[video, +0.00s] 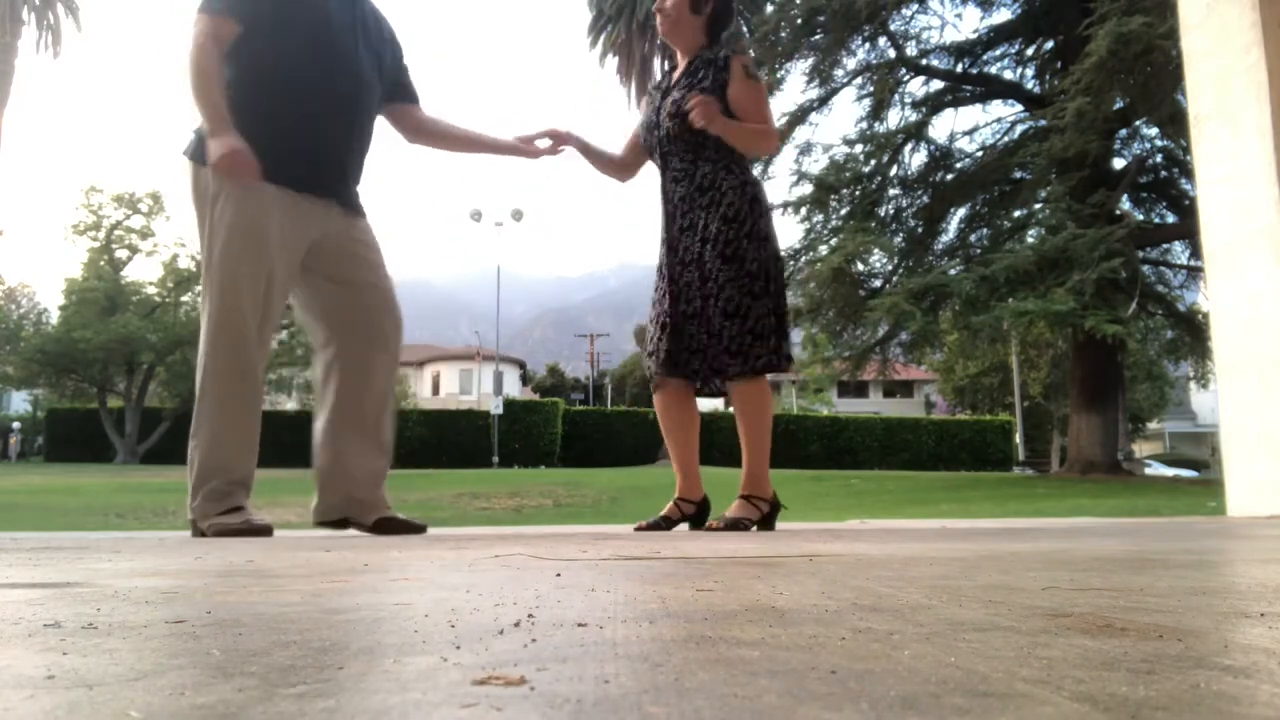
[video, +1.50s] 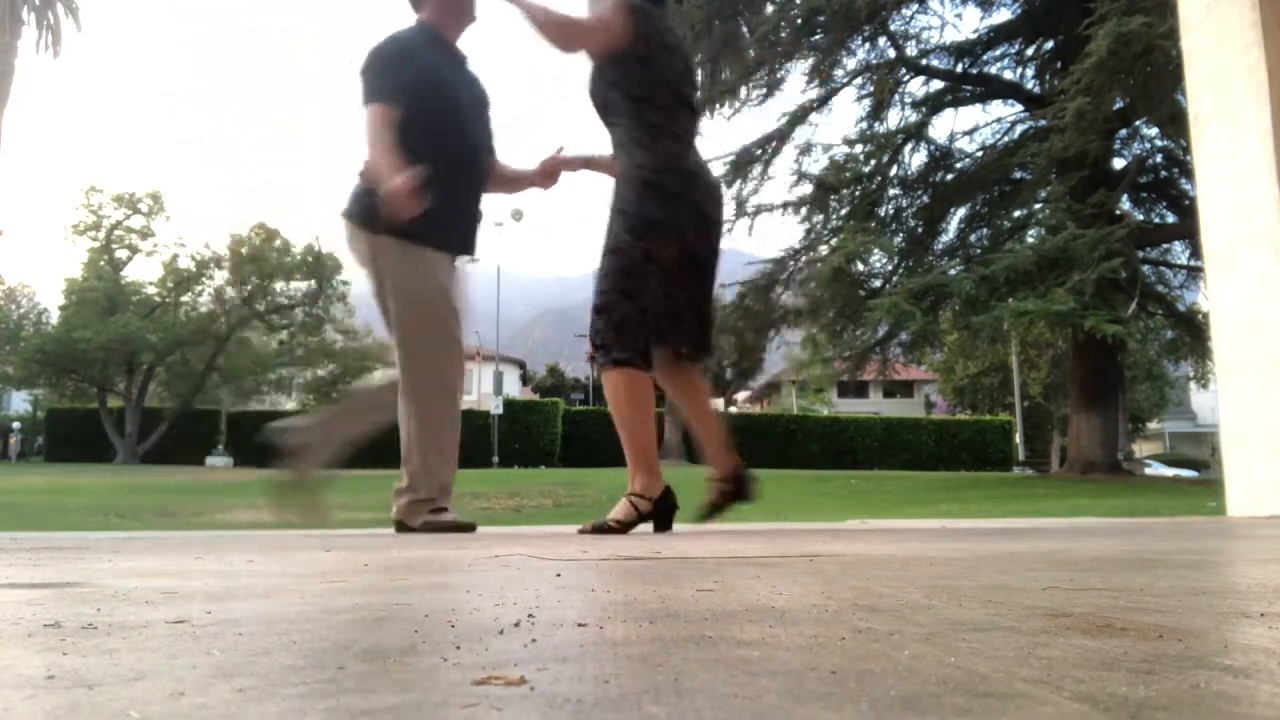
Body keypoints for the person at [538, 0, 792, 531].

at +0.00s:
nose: (657, 9)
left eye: (668, 1)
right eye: (658, 2)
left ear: (702, 9)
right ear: (671, 14)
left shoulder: (731, 65)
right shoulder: (664, 91)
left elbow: (767, 141)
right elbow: (623, 166)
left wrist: (719, 123)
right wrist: (576, 142)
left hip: (733, 227)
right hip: (682, 235)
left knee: (743, 359)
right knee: (668, 364)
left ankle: (758, 495)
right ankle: (689, 496)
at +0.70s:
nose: (692, 8)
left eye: (703, 1)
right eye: (693, 2)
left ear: (738, 8)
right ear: (706, 15)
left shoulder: (783, 55)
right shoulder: (705, 96)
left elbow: (847, 111)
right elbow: (644, 145)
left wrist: (791, 127)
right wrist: (570, 115)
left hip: (820, 220)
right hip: (765, 233)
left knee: (821, 351)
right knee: (718, 352)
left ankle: (841, 490)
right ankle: (704, 486)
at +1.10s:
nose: (690, 8)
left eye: (700, 1)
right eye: (691, 2)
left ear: (734, 6)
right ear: (708, 12)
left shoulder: (784, 61)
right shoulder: (702, 89)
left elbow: (842, 127)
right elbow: (652, 147)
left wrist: (826, 120)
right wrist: (588, 112)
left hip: (786, 217)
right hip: (736, 228)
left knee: (738, 321)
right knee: (735, 349)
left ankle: (779, 465)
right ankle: (763, 486)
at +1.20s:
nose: (676, 10)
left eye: (686, 3)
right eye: (678, 3)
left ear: (718, 9)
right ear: (699, 12)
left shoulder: (765, 63)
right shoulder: (692, 91)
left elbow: (818, 132)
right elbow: (649, 159)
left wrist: (811, 116)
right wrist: (581, 125)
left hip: (760, 223)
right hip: (719, 229)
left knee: (698, 330)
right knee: (733, 366)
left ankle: (705, 478)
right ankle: (764, 496)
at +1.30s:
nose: (653, 20)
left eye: (662, 9)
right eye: (655, 11)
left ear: (691, 12)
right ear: (677, 17)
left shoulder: (732, 67)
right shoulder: (682, 91)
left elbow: (776, 136)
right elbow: (649, 178)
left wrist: (743, 91)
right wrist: (578, 152)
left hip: (726, 238)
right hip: (696, 240)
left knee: (660, 343)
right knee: (726, 369)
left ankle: (654, 486)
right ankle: (762, 494)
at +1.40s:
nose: (616, 15)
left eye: (623, 8)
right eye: (615, 12)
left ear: (648, 3)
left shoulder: (670, 36)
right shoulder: (649, 66)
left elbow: (695, 84)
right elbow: (653, 176)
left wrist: (629, 33)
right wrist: (573, 166)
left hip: (687, 228)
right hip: (684, 229)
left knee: (622, 342)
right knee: (705, 363)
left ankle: (647, 490)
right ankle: (759, 487)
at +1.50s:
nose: (590, 15)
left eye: (596, 9)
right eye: (592, 12)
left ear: (616, 2)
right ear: (644, 6)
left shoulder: (630, 17)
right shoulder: (666, 45)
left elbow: (569, 35)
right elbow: (646, 160)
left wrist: (519, 3)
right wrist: (575, 160)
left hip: (651, 193)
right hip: (690, 195)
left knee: (617, 343)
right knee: (669, 348)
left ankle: (646, 489)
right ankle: (727, 468)